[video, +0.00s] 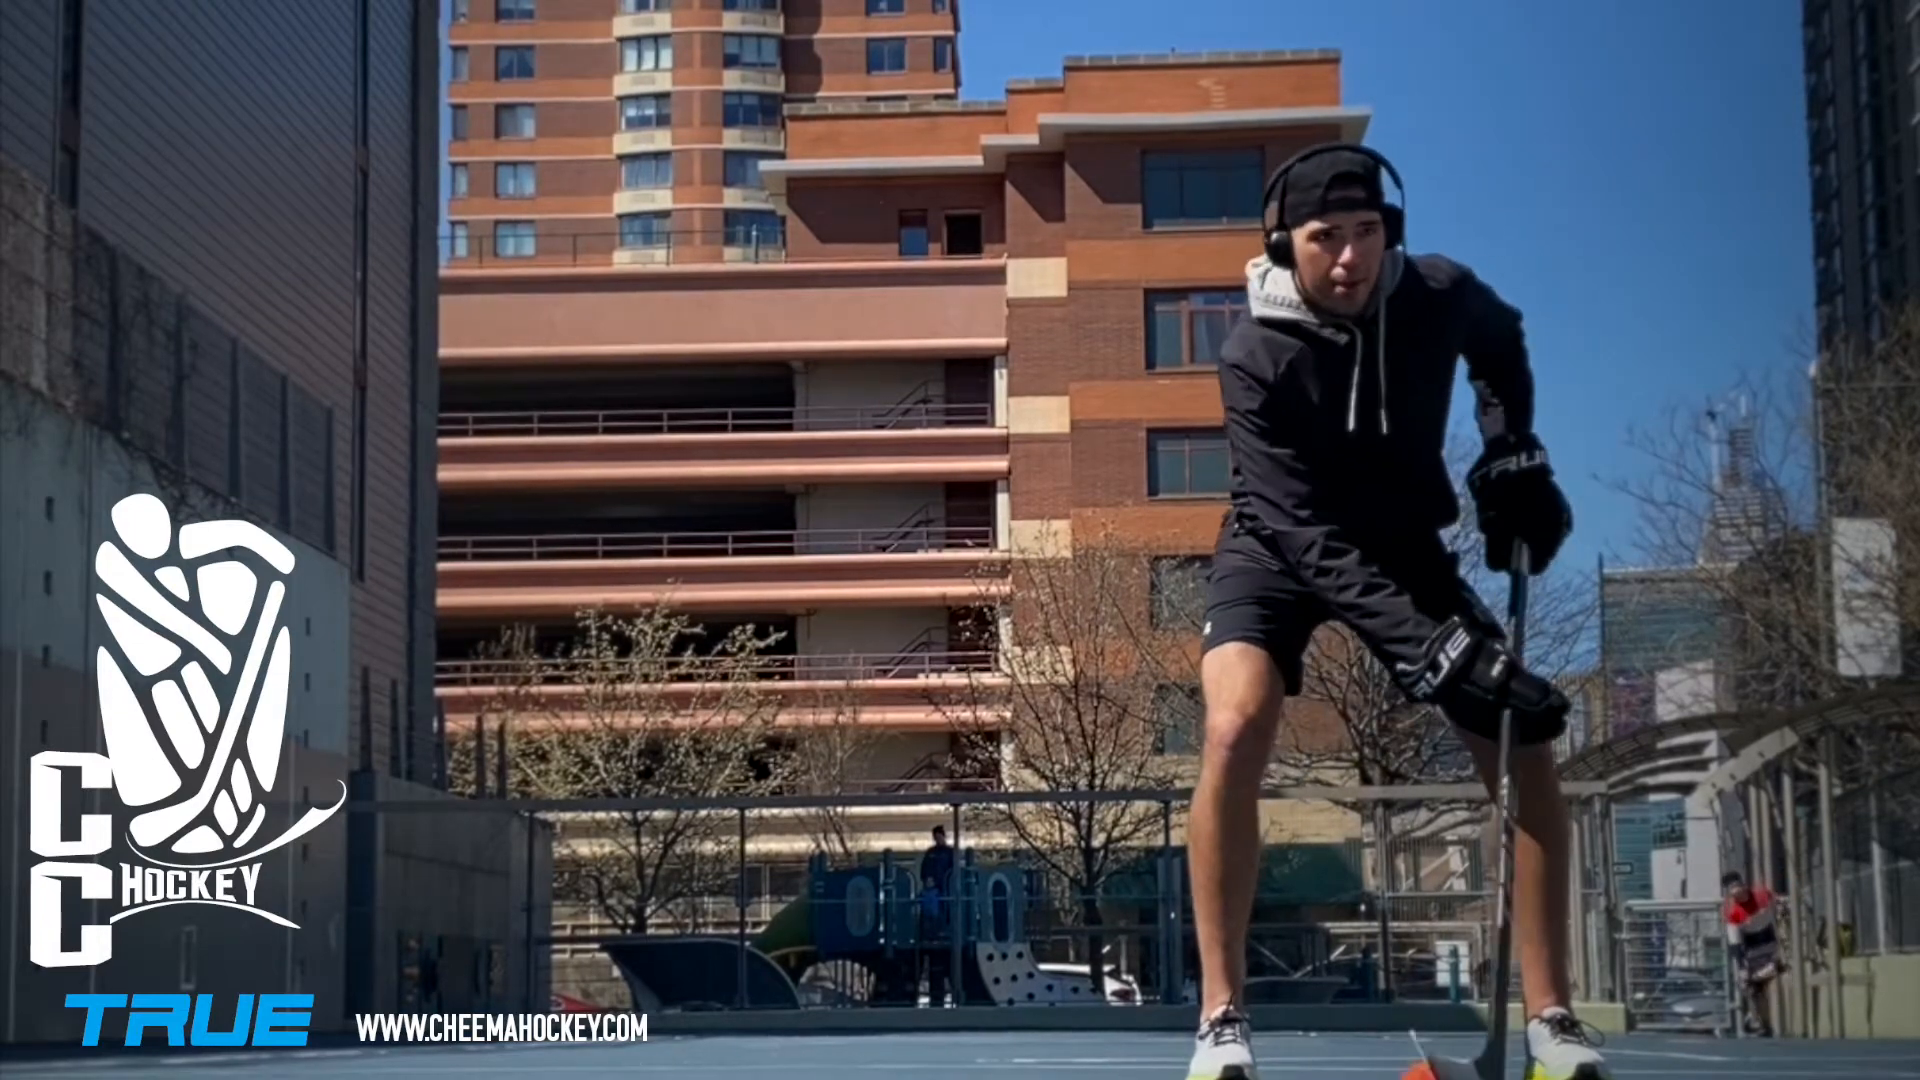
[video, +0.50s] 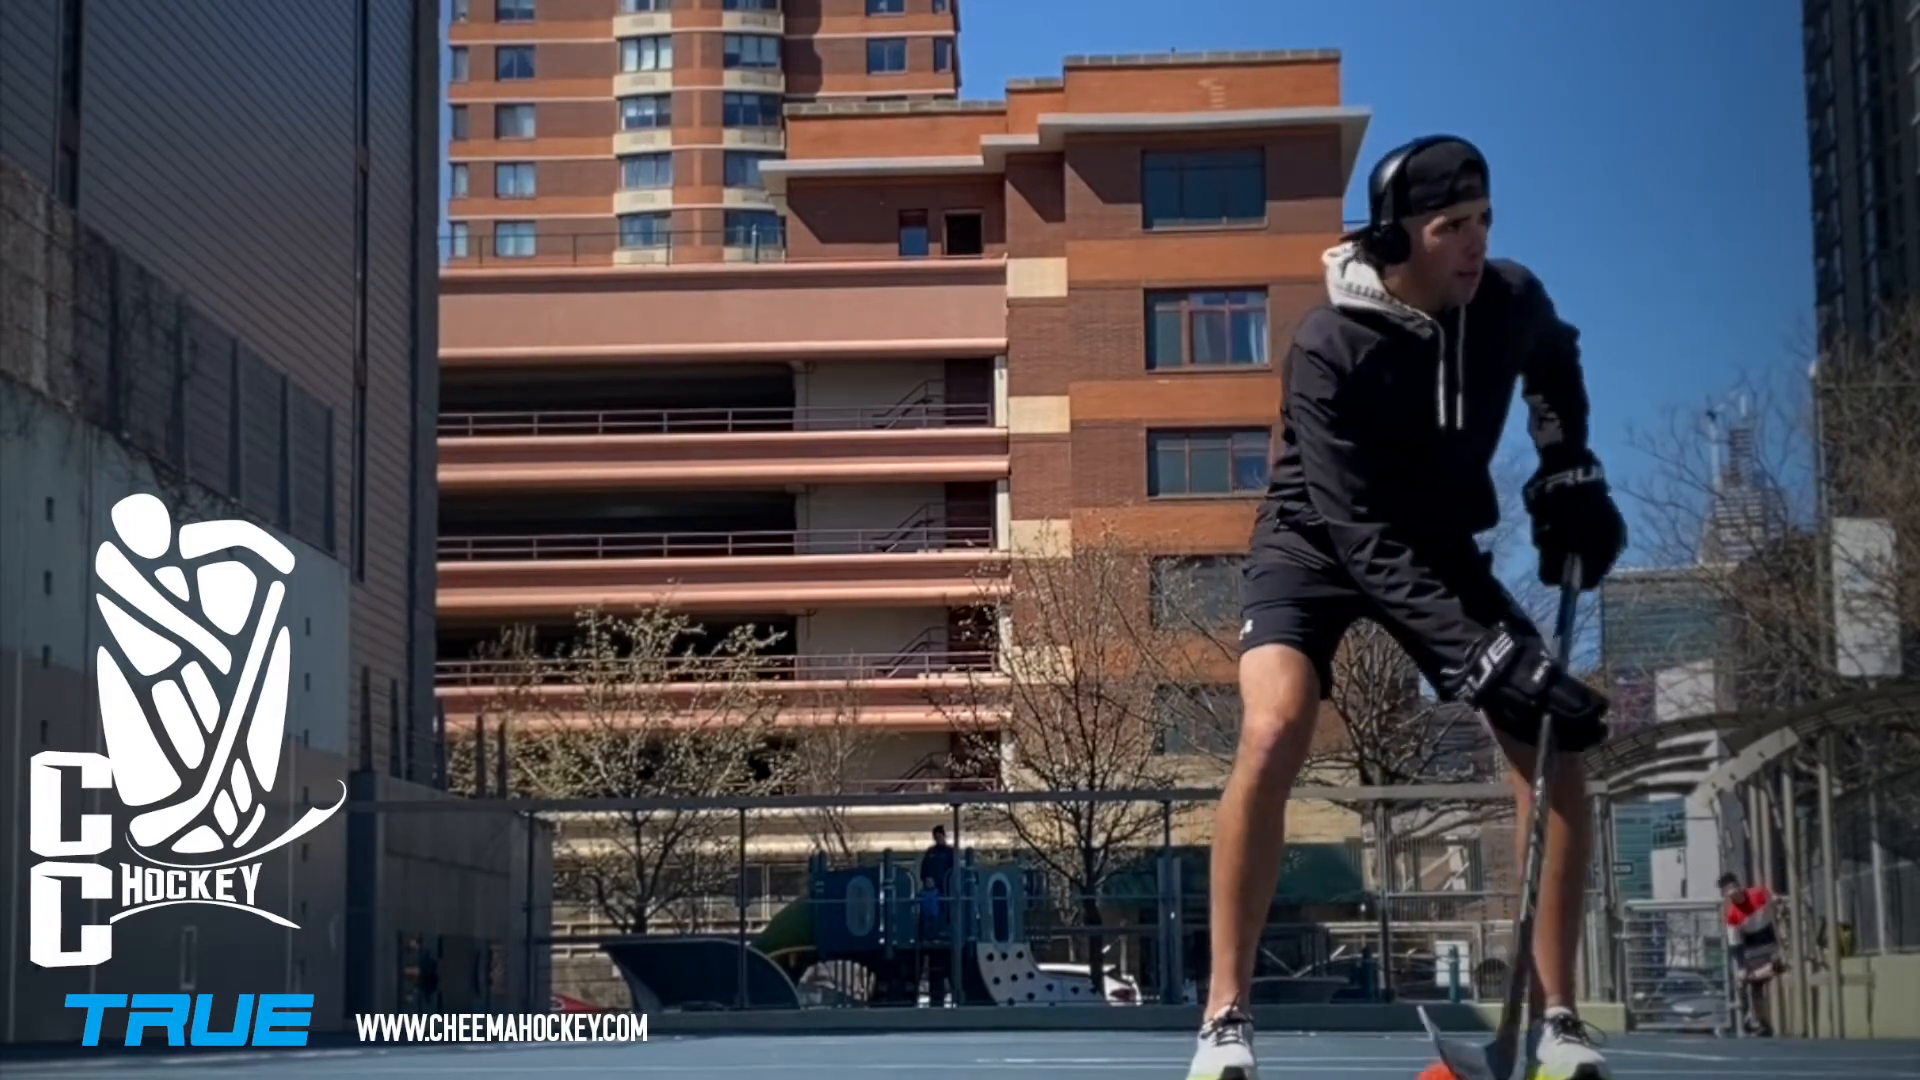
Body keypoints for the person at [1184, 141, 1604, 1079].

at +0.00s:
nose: (1349, 256)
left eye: (1366, 234)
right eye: (1326, 237)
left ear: (1390, 235)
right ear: (1286, 242)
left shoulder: (1437, 293)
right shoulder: (1259, 354)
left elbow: (1498, 340)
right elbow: (1303, 535)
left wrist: (1512, 455)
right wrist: (1436, 647)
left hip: (1405, 540)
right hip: (1278, 542)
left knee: (1522, 740)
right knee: (1235, 729)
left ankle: (1549, 1013)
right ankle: (1220, 1015)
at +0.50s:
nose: (1474, 242)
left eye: (1482, 222)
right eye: (1453, 226)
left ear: (1489, 225)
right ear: (1397, 234)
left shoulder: (1508, 299)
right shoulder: (1332, 344)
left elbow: (1553, 364)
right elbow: (1364, 541)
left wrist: (1568, 471)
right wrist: (1499, 661)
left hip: (1441, 546)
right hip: (1315, 541)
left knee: (1554, 763)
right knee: (1272, 734)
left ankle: (1555, 1017)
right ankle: (1224, 1014)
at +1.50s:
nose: (1480, 251)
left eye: (1481, 231)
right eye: (1461, 235)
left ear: (1466, 228)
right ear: (1397, 241)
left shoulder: (1477, 299)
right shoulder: (1310, 346)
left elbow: (1516, 381)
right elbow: (1339, 536)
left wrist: (1546, 470)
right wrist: (1479, 652)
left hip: (1416, 539)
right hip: (1294, 534)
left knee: (1538, 749)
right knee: (1265, 736)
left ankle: (1557, 1018)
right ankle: (1224, 1014)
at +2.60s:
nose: (1498, 234)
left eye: (1505, 215)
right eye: (1478, 217)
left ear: (1507, 219)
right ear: (1422, 222)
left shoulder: (1501, 307)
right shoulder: (1341, 327)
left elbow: (1541, 399)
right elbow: (1325, 514)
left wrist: (1574, 486)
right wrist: (1419, 641)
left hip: (1415, 544)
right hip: (1297, 535)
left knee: (1541, 731)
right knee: (1282, 737)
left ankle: (1555, 1017)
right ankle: (1227, 1010)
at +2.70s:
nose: (1449, 233)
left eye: (1465, 213)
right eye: (1426, 212)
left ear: (1481, 223)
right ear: (1377, 221)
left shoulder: (1493, 305)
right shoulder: (1320, 334)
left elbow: (1543, 389)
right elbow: (1316, 525)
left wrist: (1571, 486)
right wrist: (1415, 647)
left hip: (1419, 548)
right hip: (1296, 541)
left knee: (1539, 729)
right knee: (1270, 731)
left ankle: (1558, 1017)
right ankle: (1223, 1016)